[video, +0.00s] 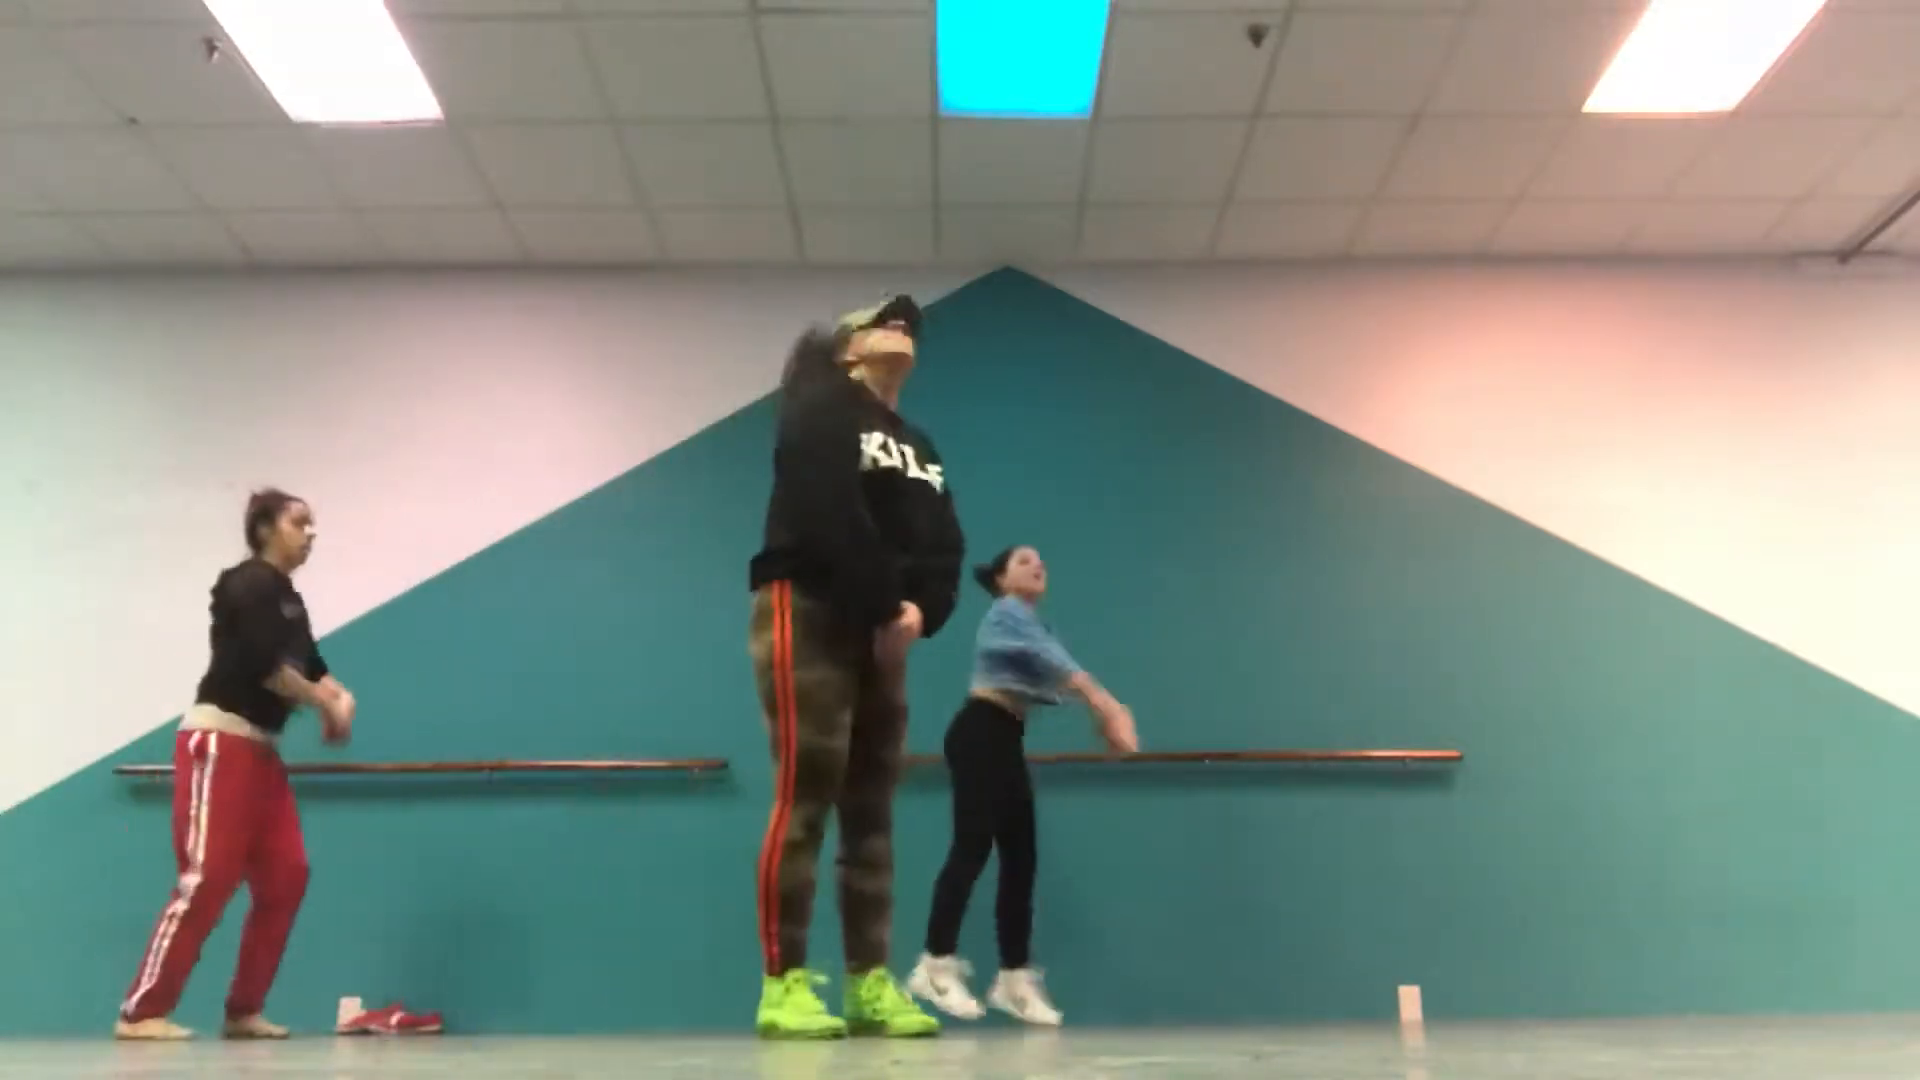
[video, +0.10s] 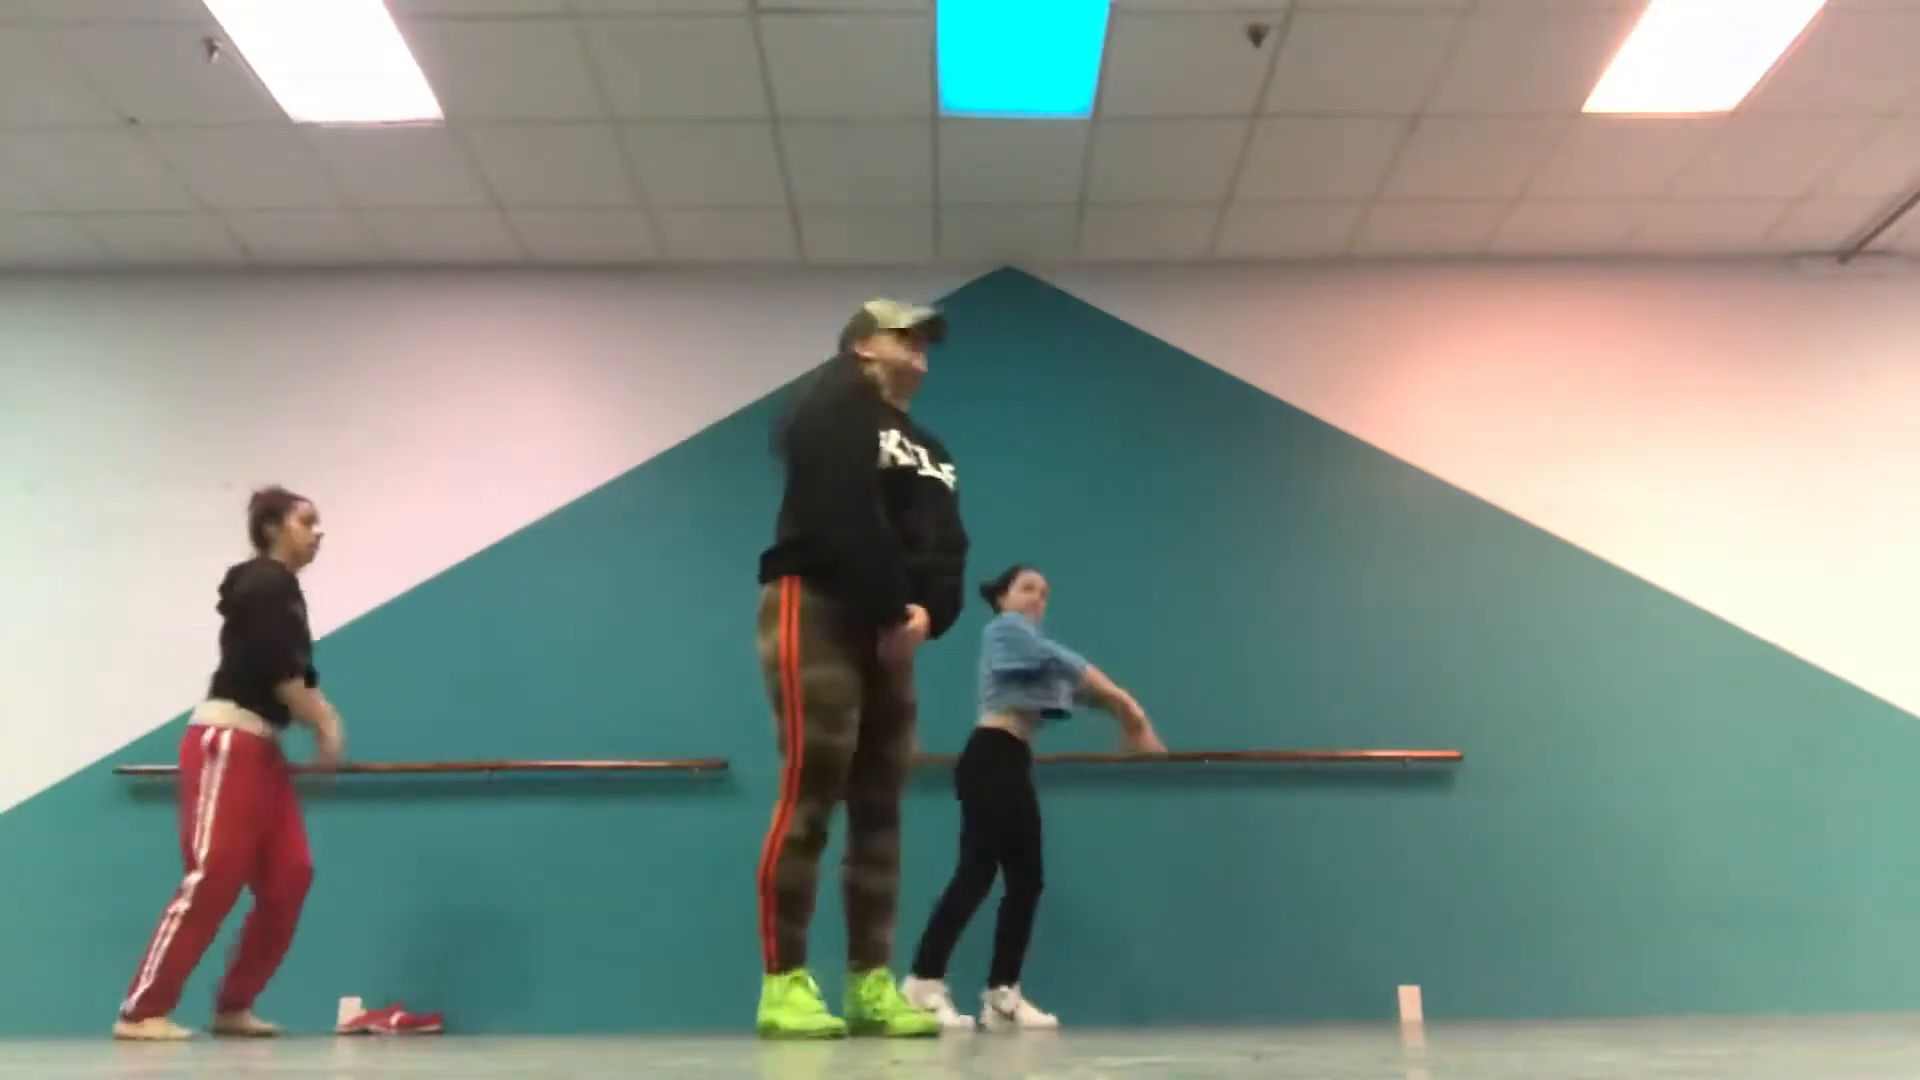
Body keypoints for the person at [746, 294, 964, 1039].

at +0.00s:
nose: (903, 329)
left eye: (906, 323)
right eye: (886, 321)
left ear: (905, 353)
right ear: (849, 345)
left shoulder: (915, 440)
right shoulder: (822, 402)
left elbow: (945, 541)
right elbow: (827, 510)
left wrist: (924, 606)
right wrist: (885, 597)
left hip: (879, 616)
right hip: (806, 602)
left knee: (870, 798)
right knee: (807, 792)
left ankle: (868, 981)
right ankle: (783, 984)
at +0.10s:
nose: (920, 352)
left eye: (922, 343)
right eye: (906, 338)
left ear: (915, 359)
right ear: (863, 346)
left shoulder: (929, 446)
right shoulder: (834, 398)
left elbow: (949, 542)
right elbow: (843, 509)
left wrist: (932, 607)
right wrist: (891, 601)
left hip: (887, 615)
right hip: (814, 598)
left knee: (878, 794)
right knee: (813, 785)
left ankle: (870, 983)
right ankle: (783, 984)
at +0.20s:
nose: (934, 375)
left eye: (937, 364)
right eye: (922, 362)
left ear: (919, 369)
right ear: (878, 360)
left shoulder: (926, 455)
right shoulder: (845, 412)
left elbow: (955, 550)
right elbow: (857, 528)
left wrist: (943, 614)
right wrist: (896, 624)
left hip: (890, 624)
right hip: (821, 608)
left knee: (906, 798)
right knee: (863, 778)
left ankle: (874, 978)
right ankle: (766, 957)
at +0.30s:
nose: (933, 390)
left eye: (935, 377)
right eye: (922, 376)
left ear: (902, 380)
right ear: (882, 374)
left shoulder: (914, 471)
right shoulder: (849, 425)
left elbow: (946, 552)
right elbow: (885, 528)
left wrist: (976, 601)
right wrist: (966, 589)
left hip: (885, 636)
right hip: (829, 619)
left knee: (924, 803)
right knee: (911, 771)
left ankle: (874, 989)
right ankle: (743, 859)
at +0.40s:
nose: (920, 360)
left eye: (921, 347)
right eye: (908, 345)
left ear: (883, 350)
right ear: (869, 344)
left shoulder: (877, 411)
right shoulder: (844, 395)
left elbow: (924, 492)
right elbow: (914, 474)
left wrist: (1001, 510)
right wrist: (1001, 513)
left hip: (866, 591)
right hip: (838, 583)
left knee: (892, 779)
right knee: (925, 741)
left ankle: (870, 980)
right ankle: (761, 834)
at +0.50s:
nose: (915, 343)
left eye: (915, 333)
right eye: (903, 331)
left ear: (871, 329)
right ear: (864, 328)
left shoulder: (876, 394)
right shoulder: (847, 373)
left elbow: (949, 467)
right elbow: (929, 425)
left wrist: (1031, 453)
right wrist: (1027, 432)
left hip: (852, 570)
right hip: (838, 561)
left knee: (887, 760)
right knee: (920, 731)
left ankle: (822, 946)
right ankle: (839, 902)